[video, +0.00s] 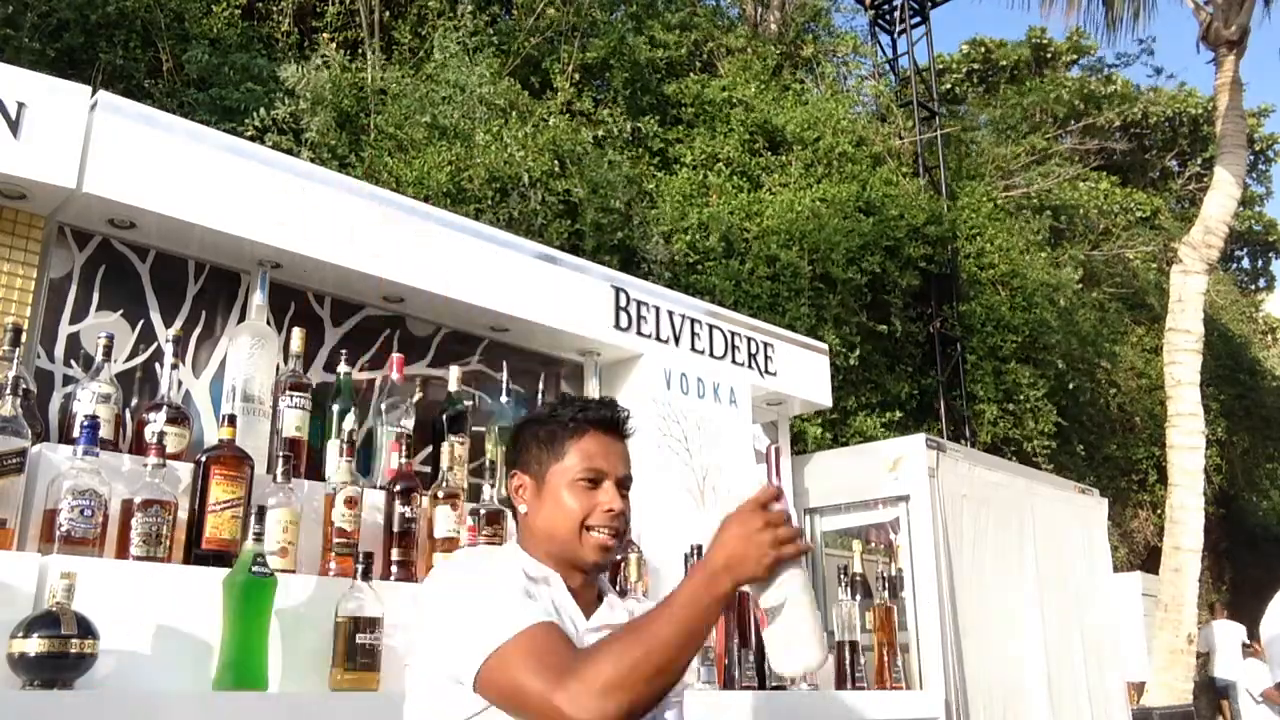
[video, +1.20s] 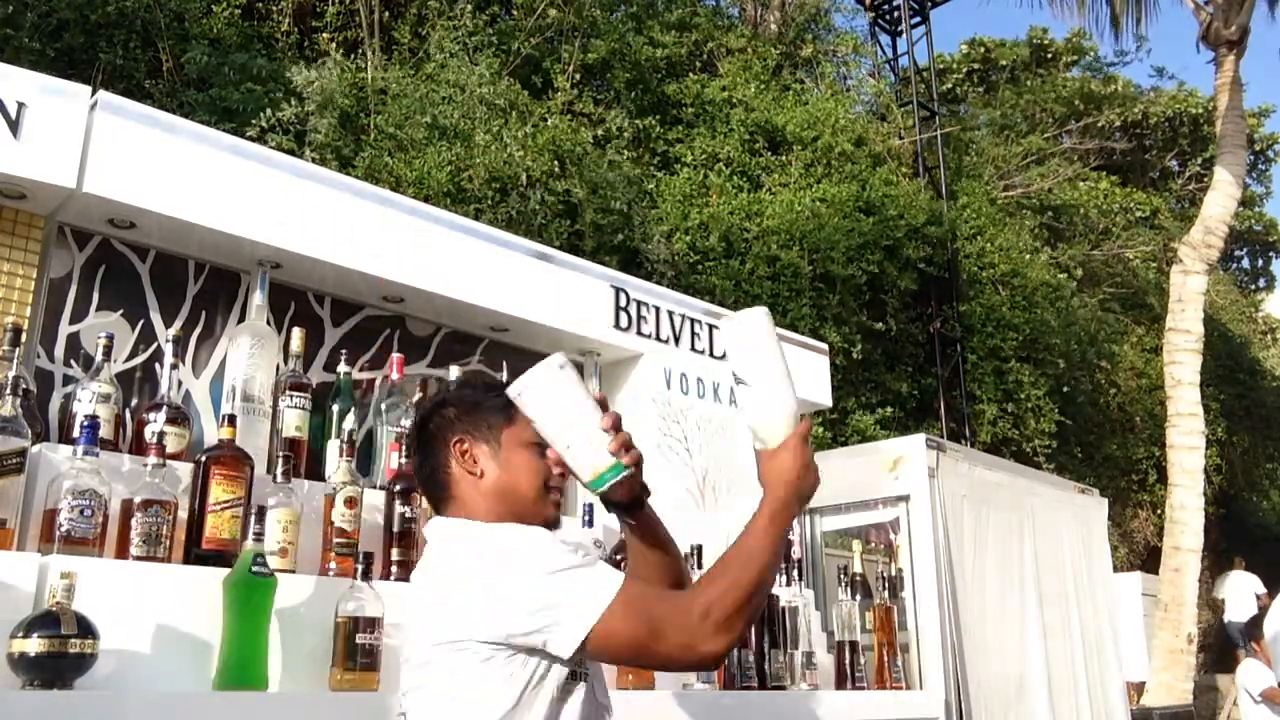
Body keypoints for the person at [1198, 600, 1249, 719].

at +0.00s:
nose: (1218, 613)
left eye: (1216, 611)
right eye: (1219, 611)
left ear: (1212, 613)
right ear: (1226, 613)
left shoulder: (1207, 628)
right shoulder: (1239, 627)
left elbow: (1202, 650)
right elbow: (1246, 643)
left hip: (1217, 671)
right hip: (1234, 671)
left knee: (1223, 700)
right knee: (1235, 703)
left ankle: (1228, 717)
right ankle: (1237, 716)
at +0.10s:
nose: (1217, 608)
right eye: (1218, 604)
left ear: (1207, 606)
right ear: (1221, 605)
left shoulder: (1206, 621)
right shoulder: (1235, 618)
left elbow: (1202, 644)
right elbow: (1244, 635)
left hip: (1217, 662)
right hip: (1234, 662)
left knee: (1223, 695)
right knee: (1235, 697)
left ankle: (1227, 717)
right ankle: (1237, 714)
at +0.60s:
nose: (1227, 589)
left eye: (1224, 587)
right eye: (1227, 587)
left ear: (1215, 589)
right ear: (1228, 588)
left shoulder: (1208, 606)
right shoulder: (1237, 603)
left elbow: (1202, 627)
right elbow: (1249, 619)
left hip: (1221, 649)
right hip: (1241, 648)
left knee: (1227, 688)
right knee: (1245, 684)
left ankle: (1229, 717)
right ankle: (1247, 715)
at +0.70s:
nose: (1234, 590)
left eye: (1231, 587)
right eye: (1233, 587)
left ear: (1220, 589)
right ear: (1233, 588)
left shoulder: (1213, 604)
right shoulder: (1242, 603)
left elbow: (1206, 626)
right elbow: (1254, 622)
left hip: (1222, 648)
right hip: (1242, 647)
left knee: (1227, 685)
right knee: (1245, 684)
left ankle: (1229, 717)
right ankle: (1246, 714)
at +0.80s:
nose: (1241, 583)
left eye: (1239, 580)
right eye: (1240, 581)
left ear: (1226, 583)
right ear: (1238, 582)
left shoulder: (1219, 596)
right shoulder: (1245, 596)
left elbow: (1212, 617)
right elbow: (1259, 613)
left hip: (1223, 640)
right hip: (1242, 641)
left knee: (1229, 678)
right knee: (1247, 675)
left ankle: (1229, 712)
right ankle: (1247, 708)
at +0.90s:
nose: (1244, 578)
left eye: (1242, 575)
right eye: (1243, 576)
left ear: (1228, 578)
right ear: (1243, 576)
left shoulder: (1222, 590)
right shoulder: (1249, 590)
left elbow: (1215, 610)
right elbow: (1263, 608)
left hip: (1225, 632)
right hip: (1243, 632)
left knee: (1235, 665)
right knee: (1253, 662)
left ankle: (1233, 694)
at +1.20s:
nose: (1243, 565)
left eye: (1241, 563)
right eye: (1242, 563)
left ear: (1230, 564)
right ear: (1243, 564)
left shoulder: (1223, 578)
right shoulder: (1252, 578)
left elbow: (1217, 598)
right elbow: (1265, 600)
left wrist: (1224, 609)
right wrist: (1254, 604)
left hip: (1231, 618)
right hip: (1250, 618)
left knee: (1239, 647)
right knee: (1252, 646)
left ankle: (1243, 673)